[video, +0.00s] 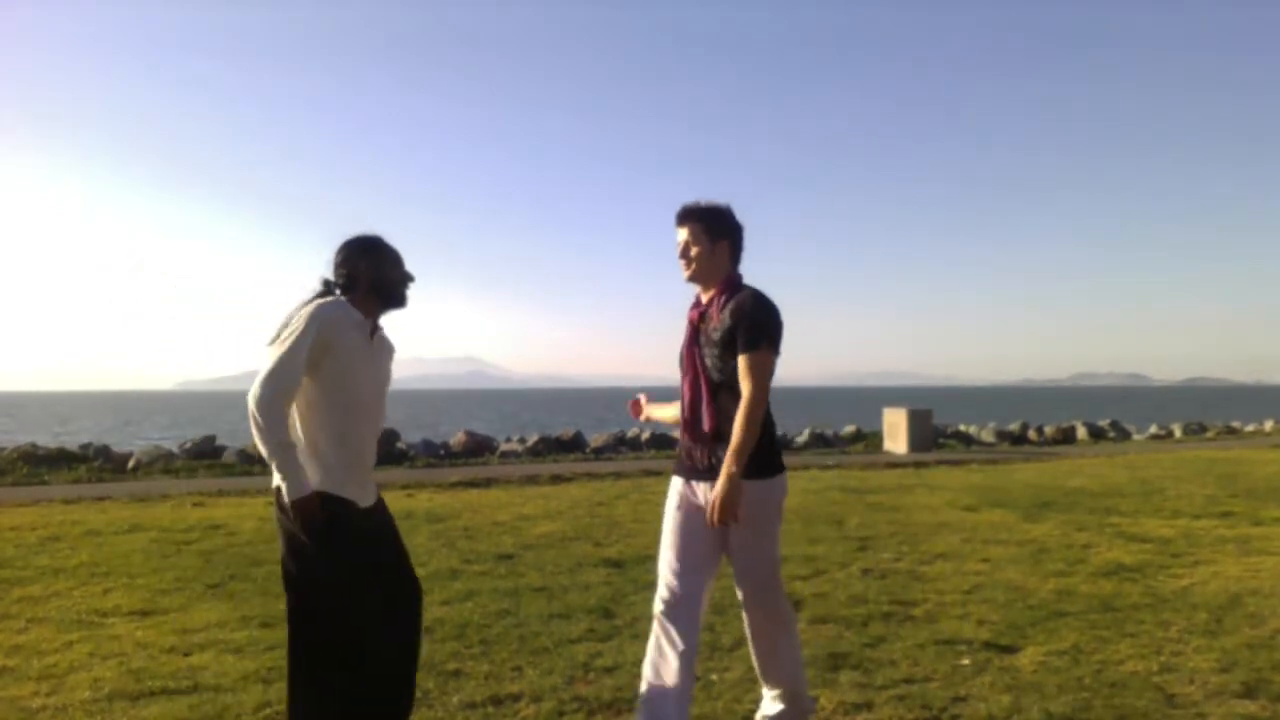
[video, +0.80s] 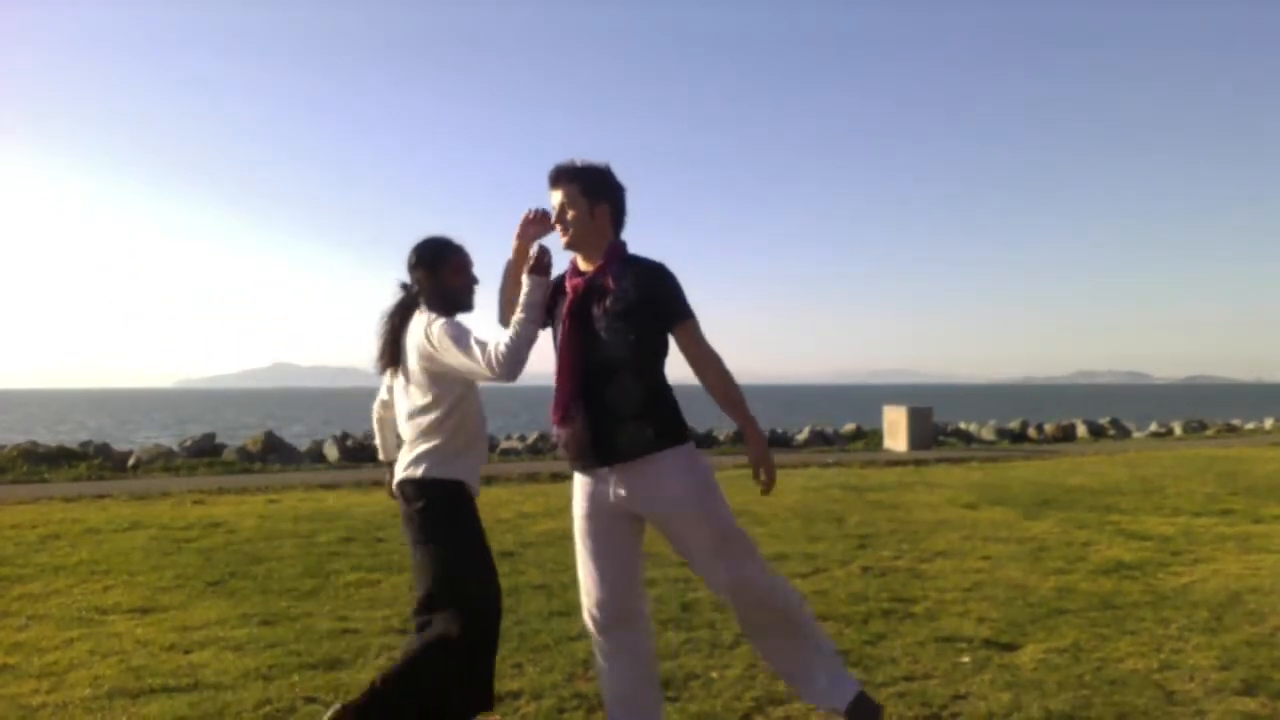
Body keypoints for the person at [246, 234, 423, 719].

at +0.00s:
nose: (408, 276)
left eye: (403, 266)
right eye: (395, 264)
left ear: (370, 274)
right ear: (362, 270)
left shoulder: (380, 346)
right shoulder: (324, 314)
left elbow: (351, 421)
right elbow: (265, 400)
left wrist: (363, 486)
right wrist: (297, 488)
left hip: (366, 509)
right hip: (320, 507)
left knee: (402, 605)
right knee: (331, 636)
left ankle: (387, 711)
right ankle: (326, 712)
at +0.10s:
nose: (416, 277)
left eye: (412, 268)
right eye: (405, 266)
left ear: (373, 275)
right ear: (371, 273)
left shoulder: (375, 331)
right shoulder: (343, 311)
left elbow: (342, 403)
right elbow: (283, 382)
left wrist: (366, 475)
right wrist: (326, 469)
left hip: (367, 499)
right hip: (328, 500)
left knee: (417, 597)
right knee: (342, 626)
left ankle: (405, 705)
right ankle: (345, 709)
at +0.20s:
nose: (426, 279)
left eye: (421, 269)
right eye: (414, 268)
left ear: (383, 275)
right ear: (383, 273)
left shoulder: (382, 323)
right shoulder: (366, 308)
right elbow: (309, 361)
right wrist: (370, 430)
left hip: (366, 487)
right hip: (334, 487)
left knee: (425, 591)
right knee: (348, 616)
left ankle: (434, 702)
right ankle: (350, 711)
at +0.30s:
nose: (433, 277)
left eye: (429, 268)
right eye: (421, 267)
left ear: (387, 273)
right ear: (390, 271)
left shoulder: (383, 322)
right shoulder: (381, 308)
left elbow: (322, 419)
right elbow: (340, 363)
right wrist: (434, 395)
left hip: (374, 489)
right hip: (351, 488)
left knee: (432, 592)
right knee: (360, 619)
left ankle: (445, 703)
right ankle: (357, 713)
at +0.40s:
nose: (441, 276)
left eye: (436, 266)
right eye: (429, 266)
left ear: (389, 275)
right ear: (397, 271)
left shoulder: (369, 322)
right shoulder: (394, 313)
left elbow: (330, 411)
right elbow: (391, 379)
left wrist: (335, 479)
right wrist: (479, 355)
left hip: (354, 488)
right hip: (374, 491)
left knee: (440, 595)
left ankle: (447, 705)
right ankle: (367, 713)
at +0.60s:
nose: (460, 274)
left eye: (456, 265)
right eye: (450, 265)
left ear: (413, 278)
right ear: (419, 274)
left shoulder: (397, 325)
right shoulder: (418, 319)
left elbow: (354, 406)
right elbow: (464, 369)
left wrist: (353, 474)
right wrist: (521, 299)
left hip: (391, 485)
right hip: (406, 489)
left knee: (456, 593)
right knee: (403, 606)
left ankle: (440, 704)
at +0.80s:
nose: (473, 280)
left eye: (471, 270)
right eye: (464, 271)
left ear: (427, 283)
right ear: (433, 279)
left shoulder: (413, 331)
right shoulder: (437, 329)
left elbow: (384, 406)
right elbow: (501, 364)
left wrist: (395, 462)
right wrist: (535, 289)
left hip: (427, 482)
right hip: (435, 486)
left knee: (481, 605)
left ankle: (467, 703)